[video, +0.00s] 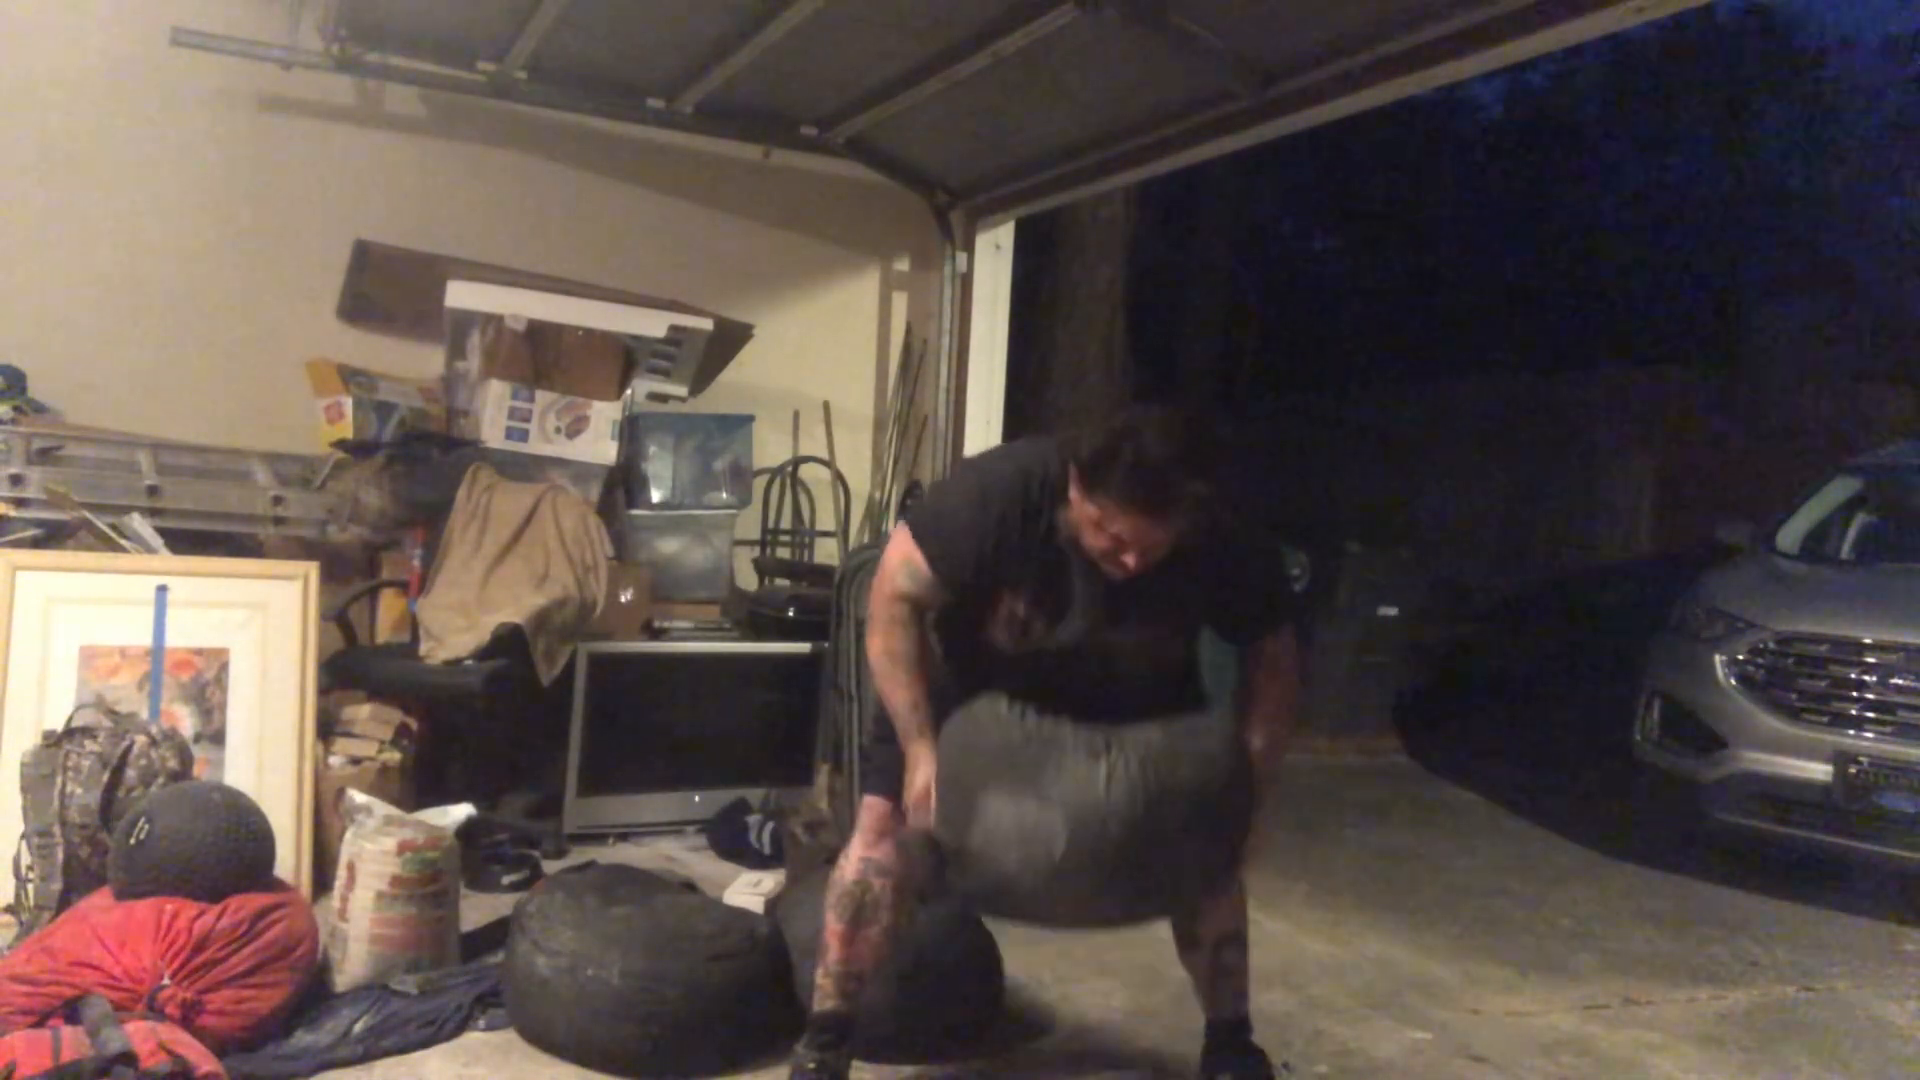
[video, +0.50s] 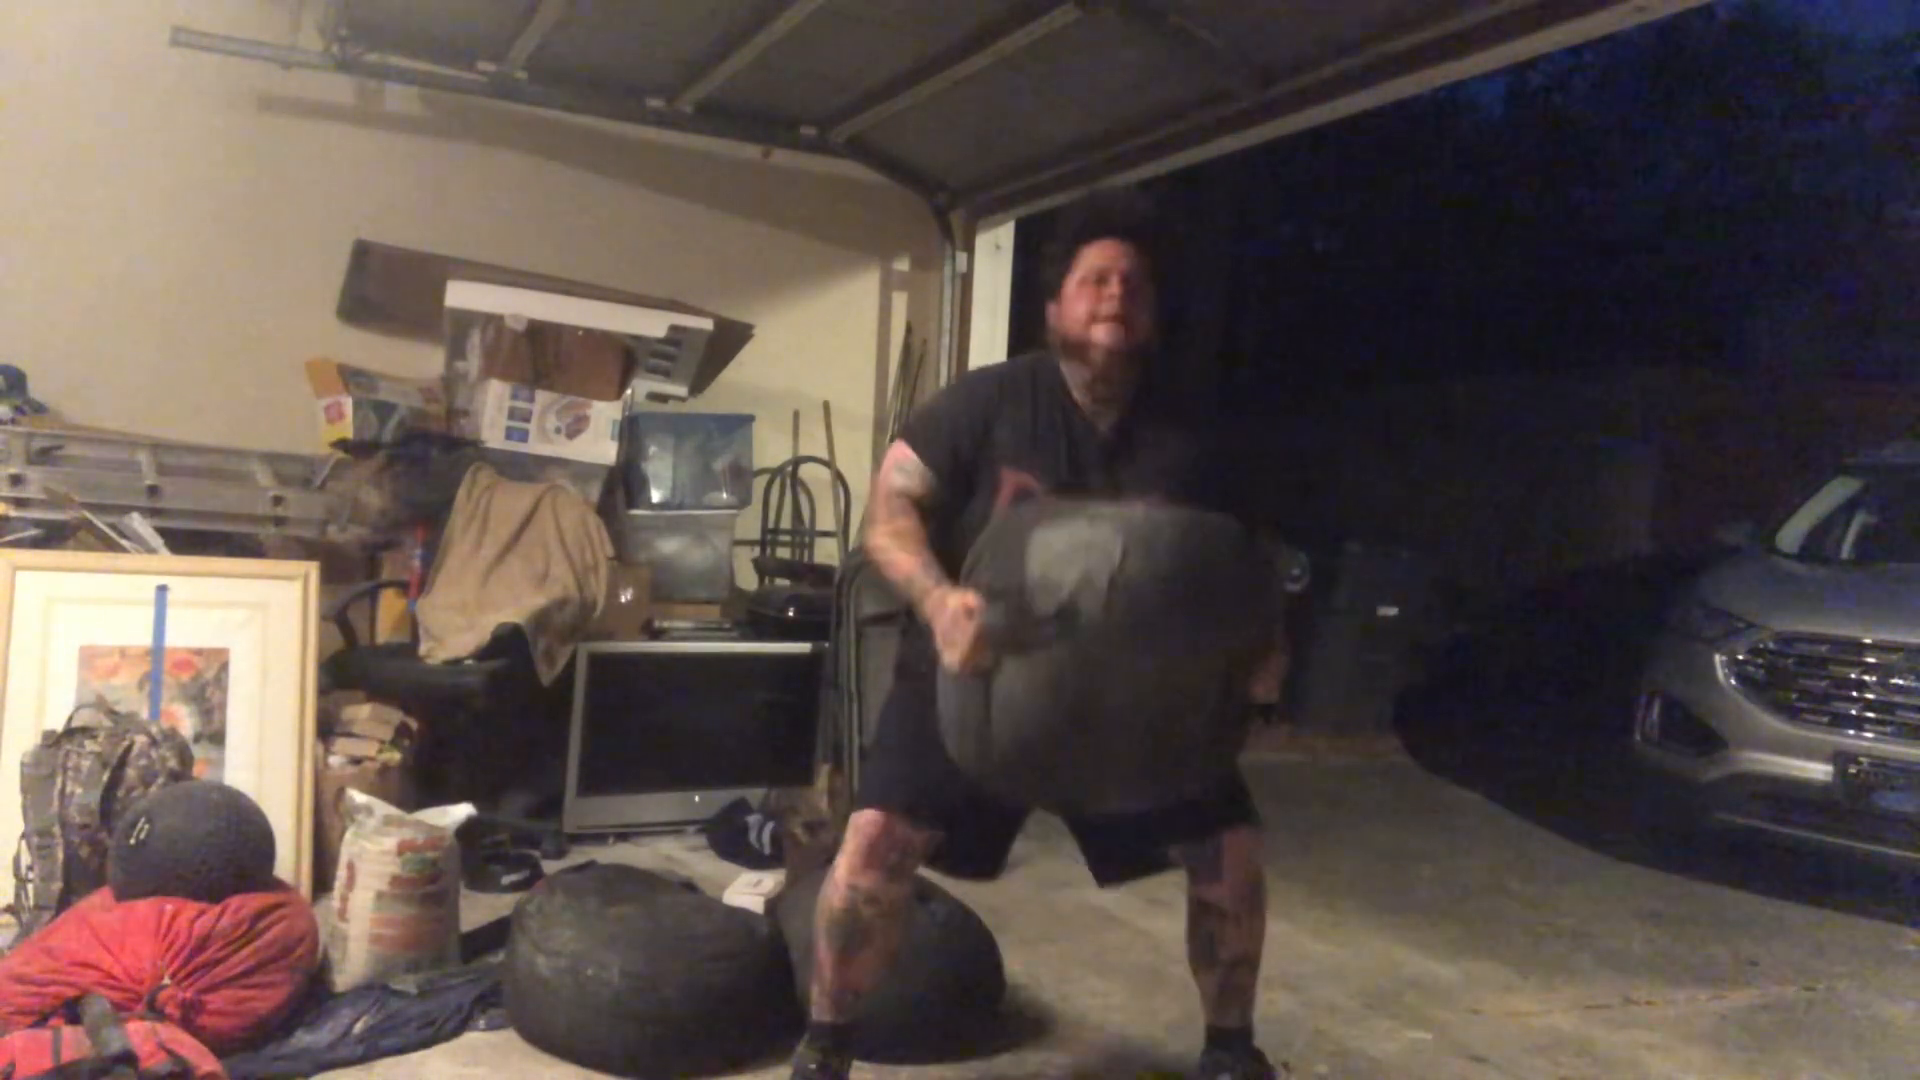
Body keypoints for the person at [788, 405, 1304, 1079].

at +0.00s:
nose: (1131, 564)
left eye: (1153, 547)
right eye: (1114, 541)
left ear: (1185, 520)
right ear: (1077, 491)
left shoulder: (1213, 540)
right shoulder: (1000, 495)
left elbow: (1273, 648)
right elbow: (892, 595)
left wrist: (1242, 789)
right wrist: (918, 751)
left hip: (1148, 702)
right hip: (976, 688)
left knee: (1208, 842)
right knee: (883, 824)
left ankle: (1231, 1044)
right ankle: (824, 1043)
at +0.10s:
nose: (1134, 556)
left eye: (1155, 540)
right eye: (1116, 534)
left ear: (1188, 518)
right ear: (1077, 487)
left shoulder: (1213, 529)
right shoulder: (994, 484)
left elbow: (1275, 624)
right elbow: (886, 577)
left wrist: (1248, 762)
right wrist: (922, 714)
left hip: (1133, 672)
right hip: (964, 655)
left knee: (1206, 839)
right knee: (884, 830)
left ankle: (1230, 1046)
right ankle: (824, 1043)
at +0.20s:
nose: (1135, 493)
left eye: (1158, 472)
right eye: (1119, 465)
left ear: (1190, 452)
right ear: (1079, 421)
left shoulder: (1213, 485)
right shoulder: (995, 448)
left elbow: (1276, 579)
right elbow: (886, 545)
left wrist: (1250, 706)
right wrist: (925, 676)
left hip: (1136, 667)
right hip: (971, 647)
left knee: (1214, 835)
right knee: (882, 830)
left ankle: (1229, 1043)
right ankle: (826, 1040)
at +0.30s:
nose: (1133, 396)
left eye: (1153, 376)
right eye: (1116, 371)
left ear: (1182, 380)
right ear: (1071, 364)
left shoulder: (1205, 459)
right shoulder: (994, 432)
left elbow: (1267, 571)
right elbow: (887, 538)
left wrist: (1254, 678)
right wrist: (930, 653)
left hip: (1142, 686)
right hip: (977, 667)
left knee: (1216, 839)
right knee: (885, 832)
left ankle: (1230, 1044)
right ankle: (827, 1042)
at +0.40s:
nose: (1126, 325)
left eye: (1146, 307)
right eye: (1105, 304)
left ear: (1171, 327)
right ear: (1064, 320)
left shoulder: (1199, 436)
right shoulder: (987, 415)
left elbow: (1260, 564)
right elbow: (887, 526)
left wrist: (1257, 668)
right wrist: (935, 625)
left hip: (1140, 683)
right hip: (976, 671)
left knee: (1224, 848)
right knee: (879, 833)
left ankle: (1231, 1048)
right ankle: (825, 1044)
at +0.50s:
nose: (1117, 294)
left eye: (1135, 282)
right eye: (1095, 278)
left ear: (1157, 311)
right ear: (1053, 306)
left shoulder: (1186, 430)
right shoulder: (982, 402)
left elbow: (1236, 556)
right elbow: (888, 518)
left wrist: (1263, 643)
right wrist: (939, 601)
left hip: (1132, 684)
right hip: (970, 671)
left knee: (1230, 849)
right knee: (879, 836)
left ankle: (1232, 1051)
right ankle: (823, 1051)